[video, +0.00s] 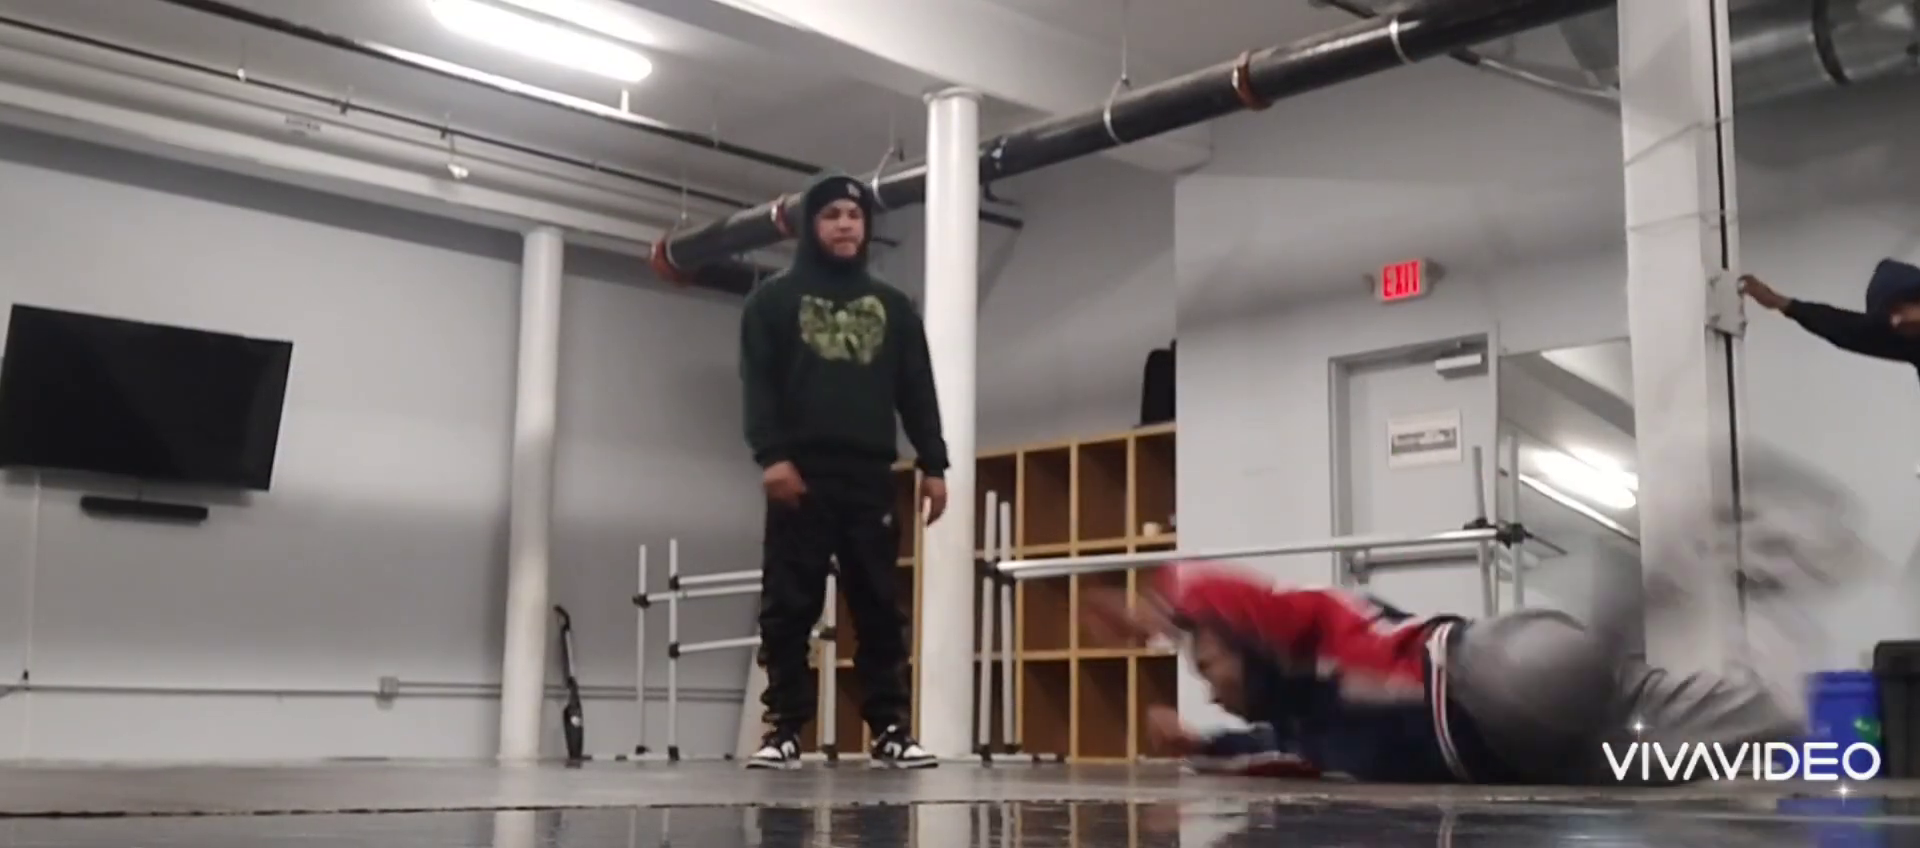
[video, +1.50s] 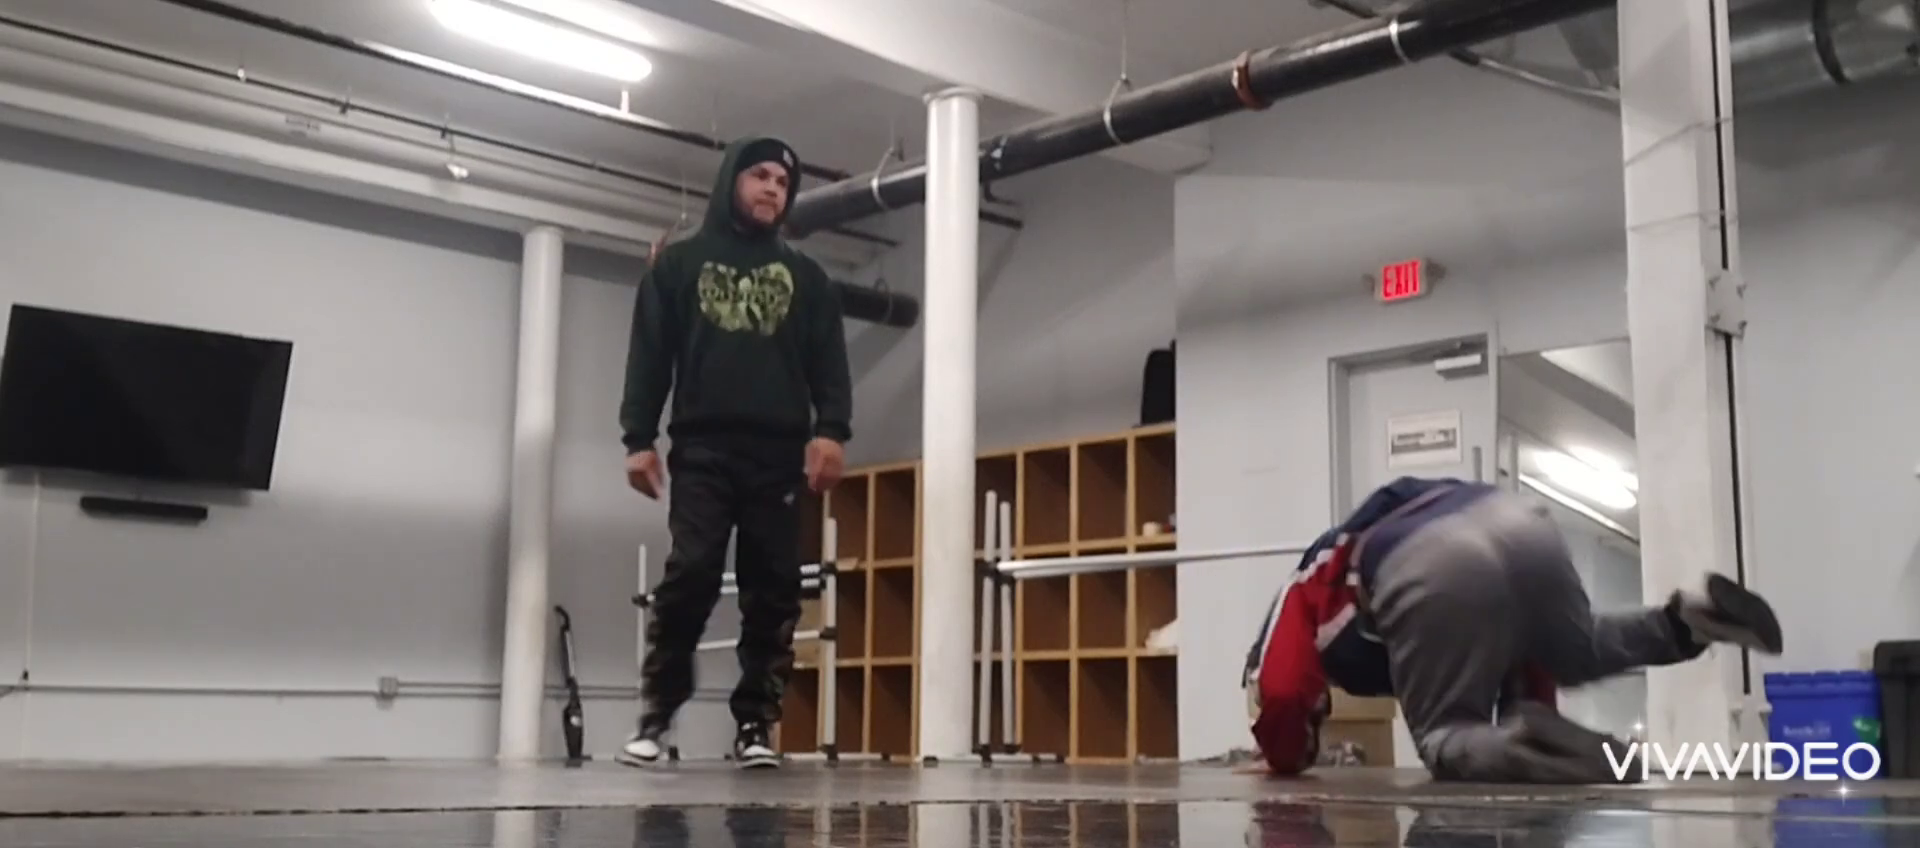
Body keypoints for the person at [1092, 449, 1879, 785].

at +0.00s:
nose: (1199, 665)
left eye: (1200, 645)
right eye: (1189, 655)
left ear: (1235, 630)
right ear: (1218, 662)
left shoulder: (1302, 648)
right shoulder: (1292, 721)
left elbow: (1238, 598)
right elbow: (1265, 748)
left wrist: (1151, 603)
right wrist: (1194, 740)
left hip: (1480, 681)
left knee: (1560, 672)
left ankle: (1684, 545)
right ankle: (1749, 577)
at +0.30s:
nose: (1162, 658)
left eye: (1151, 646)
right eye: (1153, 648)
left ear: (1162, 630)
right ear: (1191, 568)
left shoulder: (1245, 625)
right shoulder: (1262, 566)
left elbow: (1366, 652)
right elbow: (1296, 681)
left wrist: (1334, 756)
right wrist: (1267, 748)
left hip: (1518, 719)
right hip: (1502, 617)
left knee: (1637, 741)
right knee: (1606, 594)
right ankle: (1698, 585)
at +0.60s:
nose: (1215, 662)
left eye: (1193, 654)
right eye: (1200, 657)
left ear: (1195, 635)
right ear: (1215, 576)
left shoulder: (1274, 592)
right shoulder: (1271, 574)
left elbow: (1356, 655)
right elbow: (1321, 684)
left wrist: (1336, 750)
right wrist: (1272, 751)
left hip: (1531, 675)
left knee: (1443, 770)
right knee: (1431, 761)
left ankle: (1606, 764)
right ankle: (1600, 760)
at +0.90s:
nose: (1219, 684)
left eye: (1212, 674)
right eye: (1204, 679)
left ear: (1223, 638)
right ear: (1206, 620)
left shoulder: (1309, 591)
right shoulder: (1235, 582)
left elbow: (1363, 659)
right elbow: (1269, 671)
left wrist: (1350, 743)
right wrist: (1253, 749)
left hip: (1490, 615)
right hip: (1491, 583)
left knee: (1398, 758)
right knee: (1597, 663)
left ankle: (1541, 748)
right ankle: (1768, 664)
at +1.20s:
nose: (1267, 664)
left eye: (1258, 654)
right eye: (1261, 657)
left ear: (1256, 628)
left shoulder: (1274, 605)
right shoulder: (1340, 542)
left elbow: (1323, 687)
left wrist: (1290, 762)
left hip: (1512, 630)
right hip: (1560, 562)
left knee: (1405, 752)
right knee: (1556, 651)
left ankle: (1571, 758)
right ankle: (1683, 666)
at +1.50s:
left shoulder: (1307, 594)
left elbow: (1279, 693)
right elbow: (1530, 659)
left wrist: (1290, 763)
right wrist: (1544, 742)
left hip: (1427, 561)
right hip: (1518, 516)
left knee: (1446, 734)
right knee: (1580, 648)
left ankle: (1524, 750)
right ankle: (1691, 621)